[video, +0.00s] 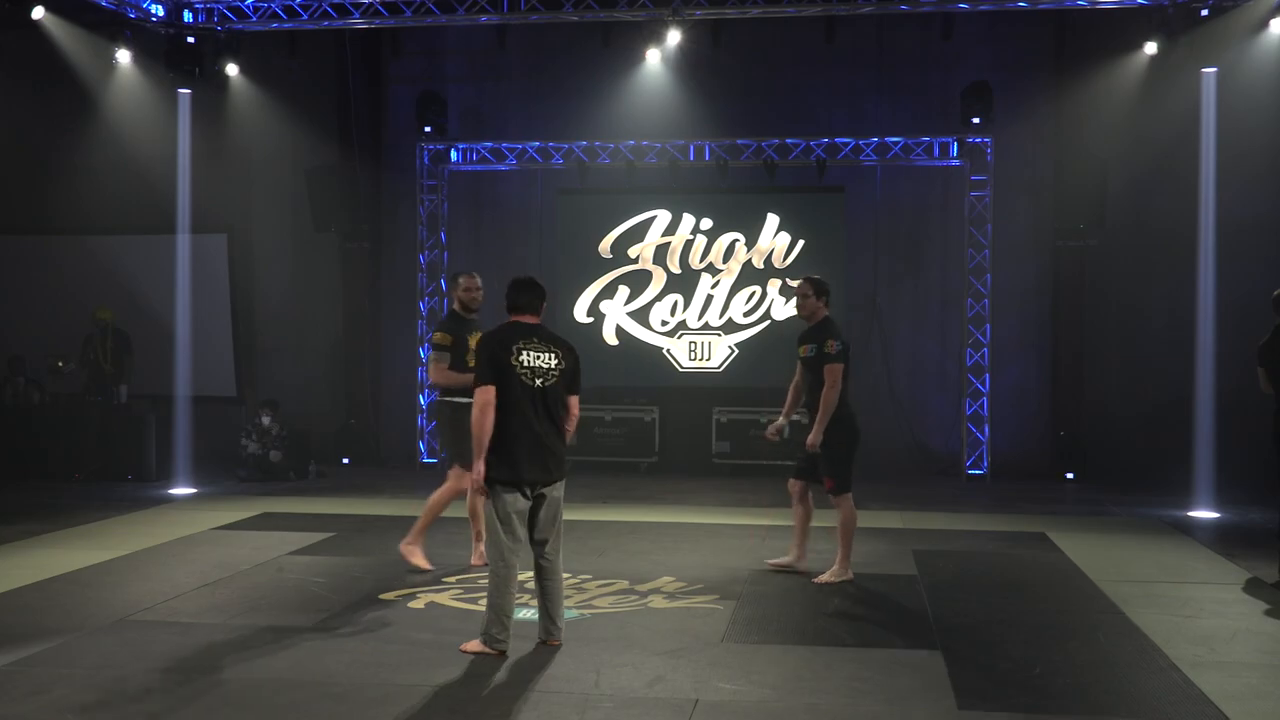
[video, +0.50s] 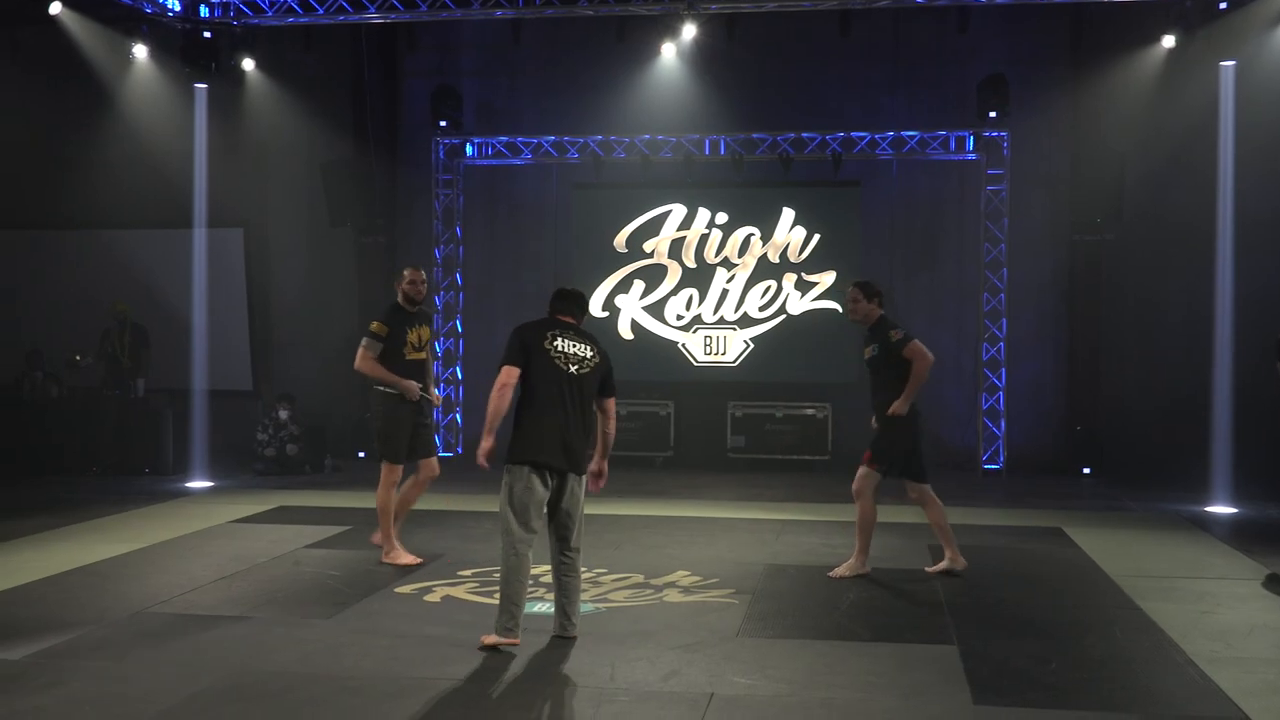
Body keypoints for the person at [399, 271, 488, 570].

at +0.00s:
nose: (475, 294)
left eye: (478, 289)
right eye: (468, 290)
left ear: (482, 292)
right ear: (454, 293)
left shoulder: (475, 328)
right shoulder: (446, 327)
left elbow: (475, 370)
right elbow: (437, 375)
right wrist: (479, 379)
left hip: (475, 407)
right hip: (451, 409)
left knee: (478, 480)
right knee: (459, 480)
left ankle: (479, 547)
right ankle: (411, 541)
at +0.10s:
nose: (457, 295)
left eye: (460, 290)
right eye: (450, 291)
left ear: (465, 294)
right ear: (437, 295)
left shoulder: (459, 327)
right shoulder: (431, 327)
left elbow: (456, 370)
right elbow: (416, 377)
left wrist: (476, 379)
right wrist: (463, 383)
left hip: (460, 410)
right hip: (435, 412)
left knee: (474, 479)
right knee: (426, 482)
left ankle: (480, 548)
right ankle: (382, 546)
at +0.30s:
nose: (427, 293)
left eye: (431, 288)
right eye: (420, 288)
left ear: (436, 293)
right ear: (408, 293)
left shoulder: (434, 327)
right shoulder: (398, 327)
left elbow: (433, 369)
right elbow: (378, 373)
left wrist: (438, 395)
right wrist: (421, 386)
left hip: (427, 410)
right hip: (399, 411)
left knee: (445, 472)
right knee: (389, 480)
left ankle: (460, 544)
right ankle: (377, 554)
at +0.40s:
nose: (417, 291)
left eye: (421, 286)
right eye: (411, 286)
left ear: (427, 290)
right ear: (400, 291)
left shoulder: (424, 322)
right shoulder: (389, 323)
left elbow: (419, 360)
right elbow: (365, 368)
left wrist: (427, 383)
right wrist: (406, 384)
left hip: (416, 406)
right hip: (390, 407)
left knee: (437, 470)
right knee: (386, 479)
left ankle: (423, 543)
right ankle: (380, 553)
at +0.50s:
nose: (418, 288)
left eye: (422, 283)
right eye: (412, 283)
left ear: (426, 288)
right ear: (399, 286)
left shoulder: (425, 318)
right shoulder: (388, 316)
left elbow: (426, 358)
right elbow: (362, 362)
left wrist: (430, 389)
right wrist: (401, 382)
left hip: (419, 403)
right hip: (391, 403)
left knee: (428, 470)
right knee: (391, 474)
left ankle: (385, 529)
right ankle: (390, 547)